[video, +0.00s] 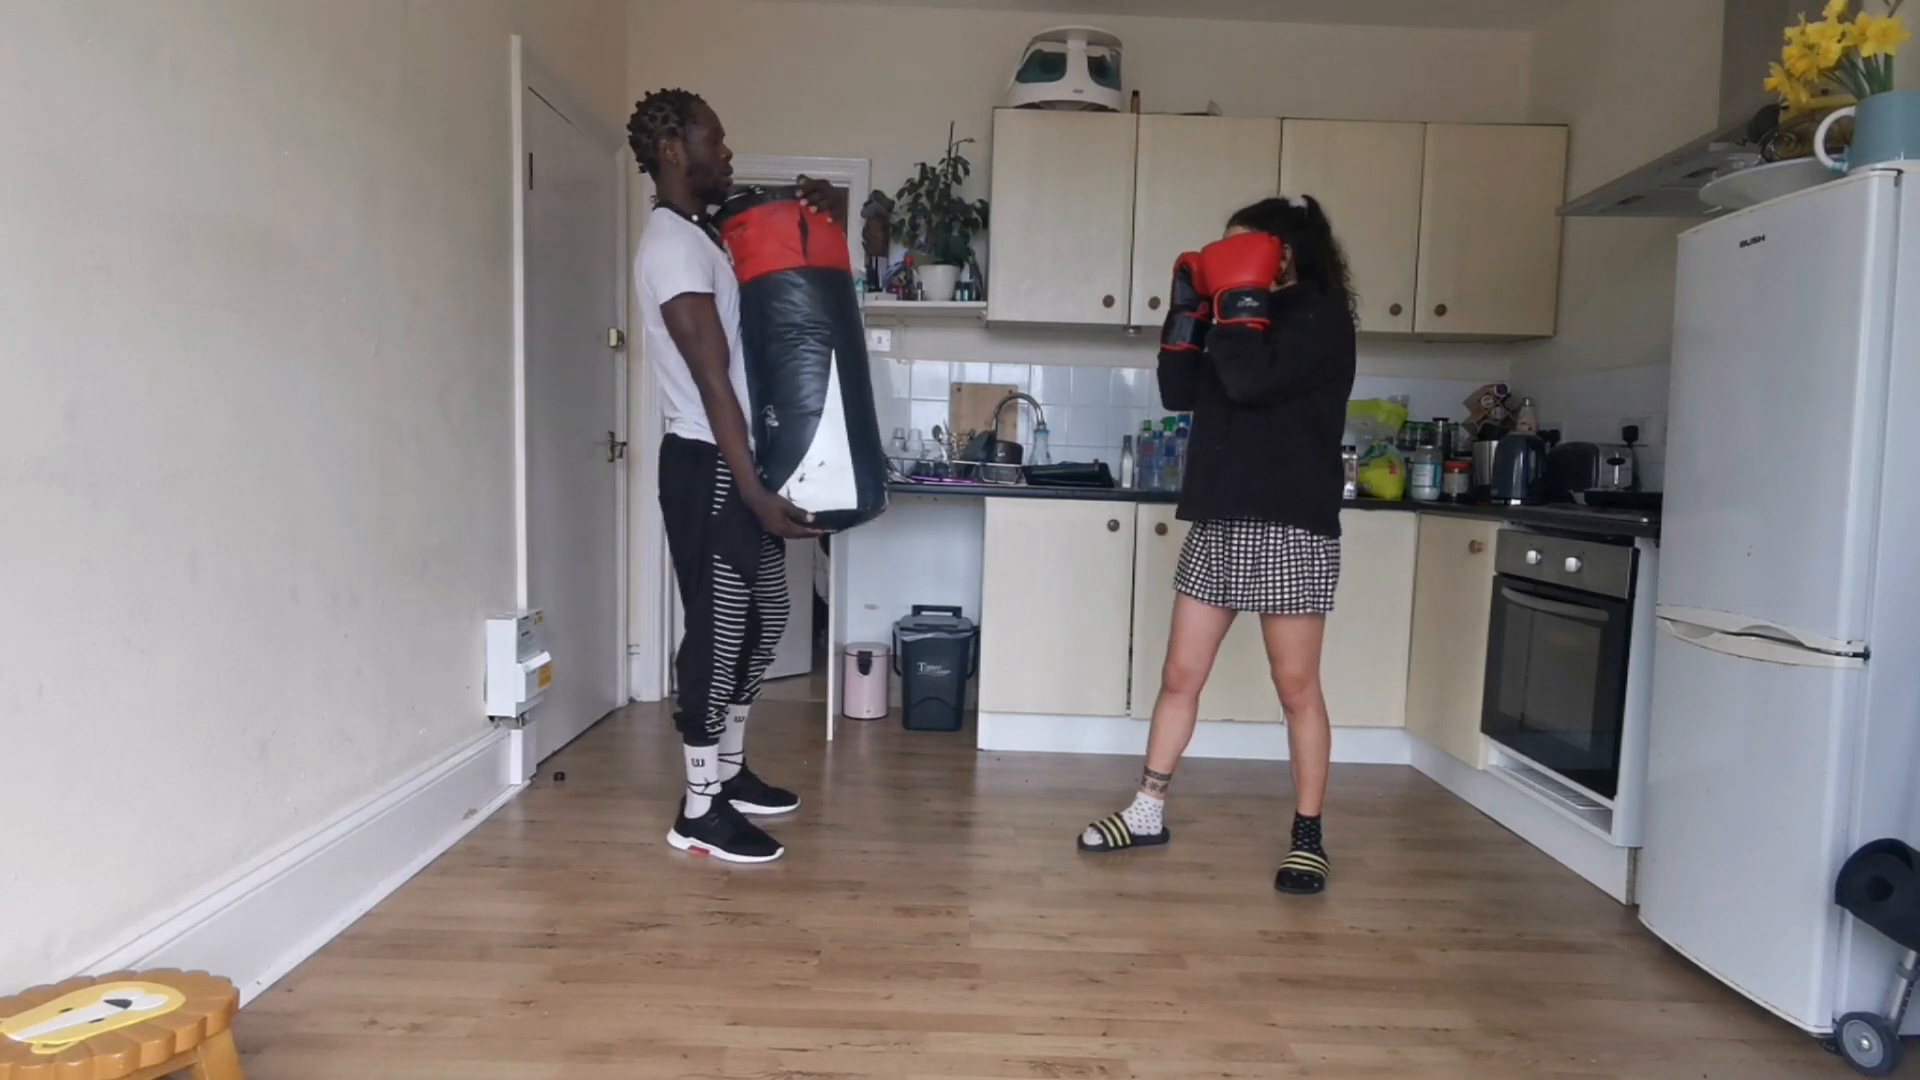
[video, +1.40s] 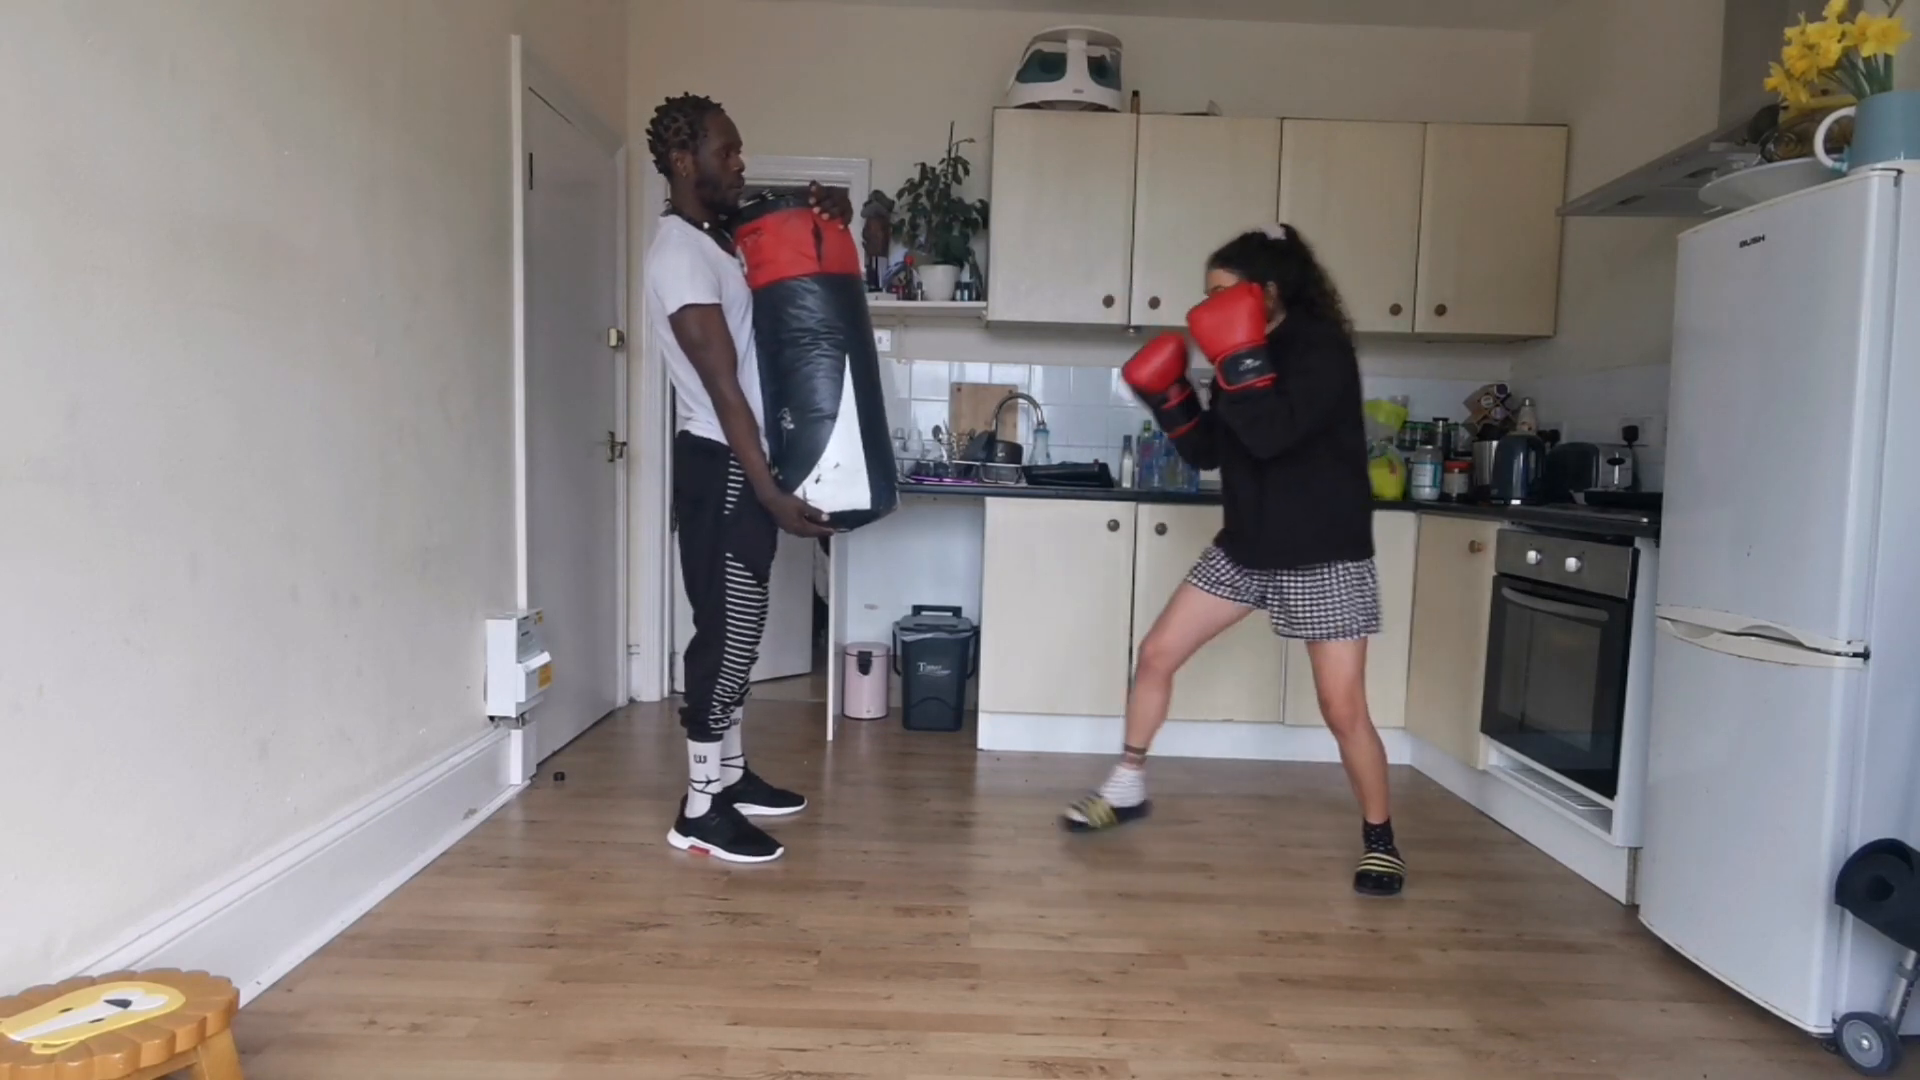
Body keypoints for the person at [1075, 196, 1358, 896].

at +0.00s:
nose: (1237, 261)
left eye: (1249, 248)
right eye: (1235, 248)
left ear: (1288, 255)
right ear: (1248, 262)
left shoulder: (1323, 318)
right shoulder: (1237, 319)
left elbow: (1247, 382)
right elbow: (1177, 392)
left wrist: (1241, 304)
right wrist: (1186, 305)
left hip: (1293, 518)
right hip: (1218, 514)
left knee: (1297, 684)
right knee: (1180, 674)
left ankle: (1307, 835)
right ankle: (1148, 810)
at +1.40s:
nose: (1215, 307)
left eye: (1225, 292)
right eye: (1212, 295)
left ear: (1270, 292)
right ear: (1238, 299)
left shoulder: (1319, 347)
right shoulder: (1247, 361)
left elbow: (1271, 435)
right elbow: (1209, 451)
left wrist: (1240, 358)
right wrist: (1170, 398)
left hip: (1325, 548)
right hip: (1248, 543)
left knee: (1343, 709)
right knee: (1156, 654)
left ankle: (1379, 841)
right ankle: (1127, 784)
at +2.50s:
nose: (1217, 297)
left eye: (1229, 284)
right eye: (1215, 285)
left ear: (1272, 287)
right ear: (1222, 292)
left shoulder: (1317, 348)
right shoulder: (1226, 350)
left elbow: (1272, 431)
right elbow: (1175, 430)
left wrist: (1246, 354)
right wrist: (1151, 375)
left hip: (1299, 531)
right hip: (1222, 527)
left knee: (1314, 690)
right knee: (1157, 651)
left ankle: (1342, 802)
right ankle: (1145, 781)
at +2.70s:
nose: (1197, 312)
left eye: (1206, 299)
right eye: (1194, 301)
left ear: (1247, 301)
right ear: (1214, 305)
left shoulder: (1290, 362)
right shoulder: (1211, 367)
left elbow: (1250, 444)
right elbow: (1185, 455)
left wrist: (1224, 371)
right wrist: (1146, 420)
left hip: (1284, 548)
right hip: (1208, 541)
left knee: (1308, 696)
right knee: (1113, 645)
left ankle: (1342, 808)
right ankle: (1070, 767)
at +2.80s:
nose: (1157, 300)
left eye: (1168, 288)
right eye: (1155, 289)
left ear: (1211, 290)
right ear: (1165, 295)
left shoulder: (1250, 348)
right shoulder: (1165, 353)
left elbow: (1220, 429)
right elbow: (1133, 429)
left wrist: (1189, 360)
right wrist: (1098, 405)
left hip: (1258, 530)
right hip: (1181, 530)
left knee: (1299, 682)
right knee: (1101, 653)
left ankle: (1340, 801)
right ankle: (1035, 771)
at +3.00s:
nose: (1111, 302)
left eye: (1123, 291)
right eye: (1108, 292)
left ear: (1164, 293)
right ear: (1112, 294)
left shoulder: (1206, 348)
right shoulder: (1100, 355)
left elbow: (1177, 431)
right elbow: (1022, 390)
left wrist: (1137, 362)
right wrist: (958, 369)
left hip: (1215, 533)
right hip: (1131, 536)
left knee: (1259, 684)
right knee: (1068, 653)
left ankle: (1290, 796)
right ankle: (1034, 775)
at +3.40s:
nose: (1065, 377)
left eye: (1077, 367)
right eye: (1065, 364)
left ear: (1120, 371)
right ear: (1105, 370)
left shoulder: (1164, 422)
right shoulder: (1084, 414)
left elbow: (1120, 523)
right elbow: (1045, 440)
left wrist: (1091, 457)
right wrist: (999, 432)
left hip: (1192, 569)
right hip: (1113, 569)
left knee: (1251, 704)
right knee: (1026, 666)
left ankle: (1344, 847)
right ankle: (1027, 787)